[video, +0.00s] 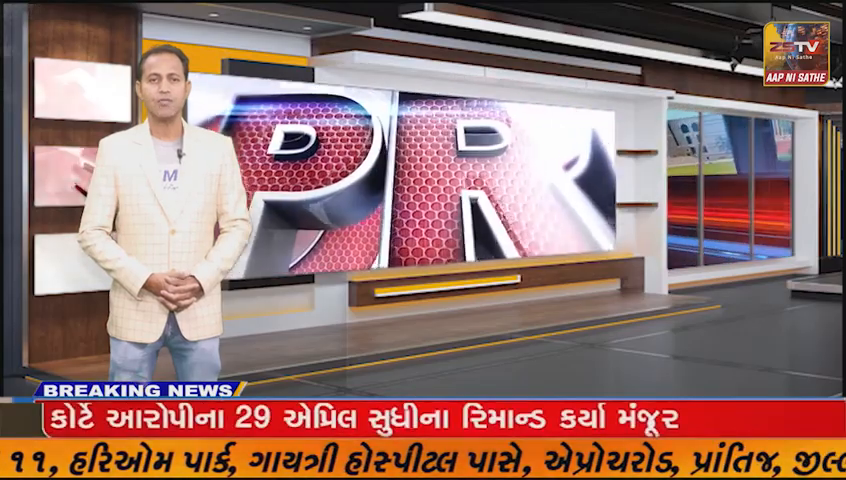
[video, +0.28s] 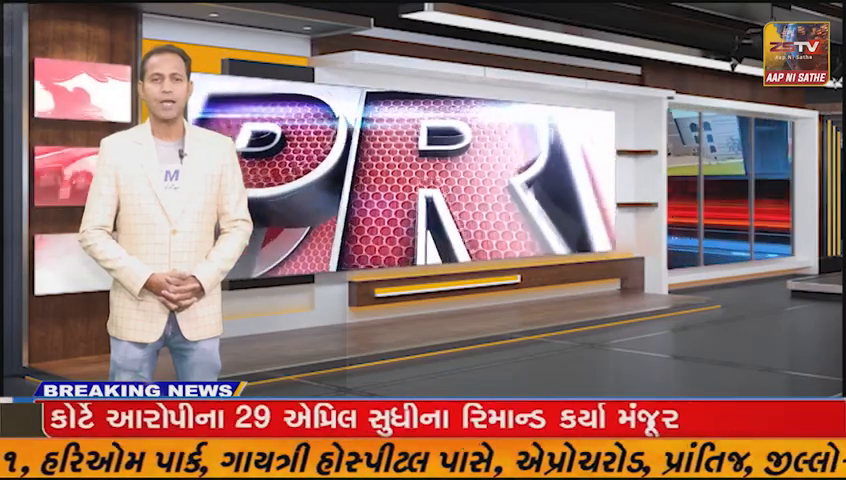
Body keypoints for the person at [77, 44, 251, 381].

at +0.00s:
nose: (164, 88)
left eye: (173, 79)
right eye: (153, 79)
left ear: (187, 88)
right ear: (140, 89)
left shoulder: (218, 147)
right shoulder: (115, 148)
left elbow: (238, 225)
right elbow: (92, 232)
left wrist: (201, 280)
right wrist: (146, 279)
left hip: (199, 310)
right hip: (135, 311)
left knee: (204, 420)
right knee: (125, 420)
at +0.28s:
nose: (166, 88)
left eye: (176, 79)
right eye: (156, 79)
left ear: (189, 89)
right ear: (142, 89)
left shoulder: (219, 148)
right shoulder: (116, 148)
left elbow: (238, 225)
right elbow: (93, 232)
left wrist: (202, 280)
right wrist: (146, 279)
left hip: (199, 310)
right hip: (135, 310)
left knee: (205, 419)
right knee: (126, 420)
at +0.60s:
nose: (168, 88)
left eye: (178, 79)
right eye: (158, 79)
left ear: (190, 88)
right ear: (143, 89)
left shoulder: (220, 148)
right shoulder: (117, 147)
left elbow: (239, 225)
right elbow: (93, 232)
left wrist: (202, 280)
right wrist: (146, 279)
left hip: (199, 309)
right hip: (136, 310)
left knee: (205, 419)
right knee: (125, 420)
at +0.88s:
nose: (168, 88)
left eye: (178, 79)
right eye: (158, 79)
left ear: (191, 89)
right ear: (144, 89)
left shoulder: (220, 148)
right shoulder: (117, 148)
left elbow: (239, 225)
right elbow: (93, 231)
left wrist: (202, 280)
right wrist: (146, 279)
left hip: (199, 309)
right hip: (135, 310)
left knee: (205, 419)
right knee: (125, 419)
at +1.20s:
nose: (167, 88)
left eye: (177, 79)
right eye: (157, 79)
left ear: (190, 88)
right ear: (143, 88)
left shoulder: (220, 147)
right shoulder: (117, 147)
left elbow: (239, 225)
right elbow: (92, 231)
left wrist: (201, 280)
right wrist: (145, 279)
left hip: (198, 309)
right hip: (135, 309)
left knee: (205, 419)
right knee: (125, 420)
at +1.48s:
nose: (166, 88)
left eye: (176, 79)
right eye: (156, 79)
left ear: (189, 88)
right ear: (142, 89)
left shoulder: (220, 147)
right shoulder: (116, 148)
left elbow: (239, 224)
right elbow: (92, 232)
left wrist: (202, 280)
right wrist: (145, 279)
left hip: (198, 309)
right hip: (134, 310)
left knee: (205, 419)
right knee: (125, 420)